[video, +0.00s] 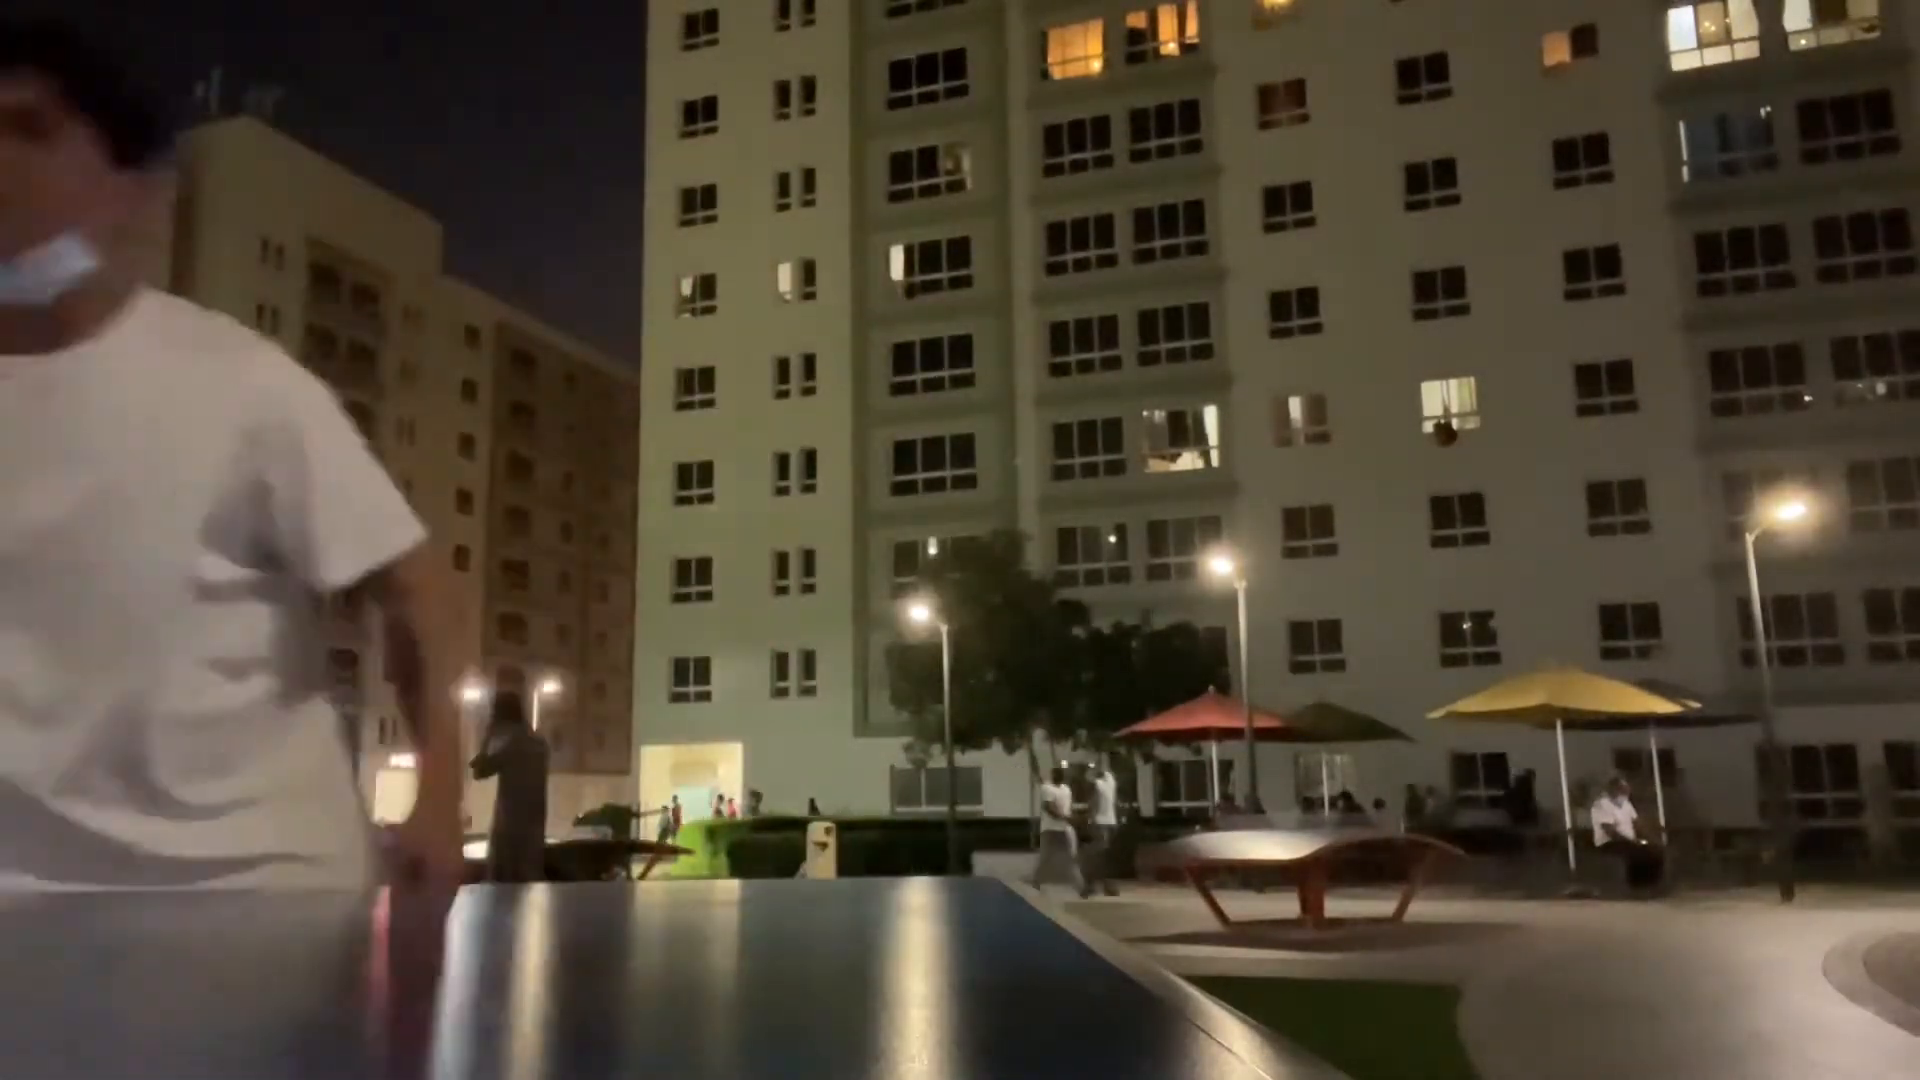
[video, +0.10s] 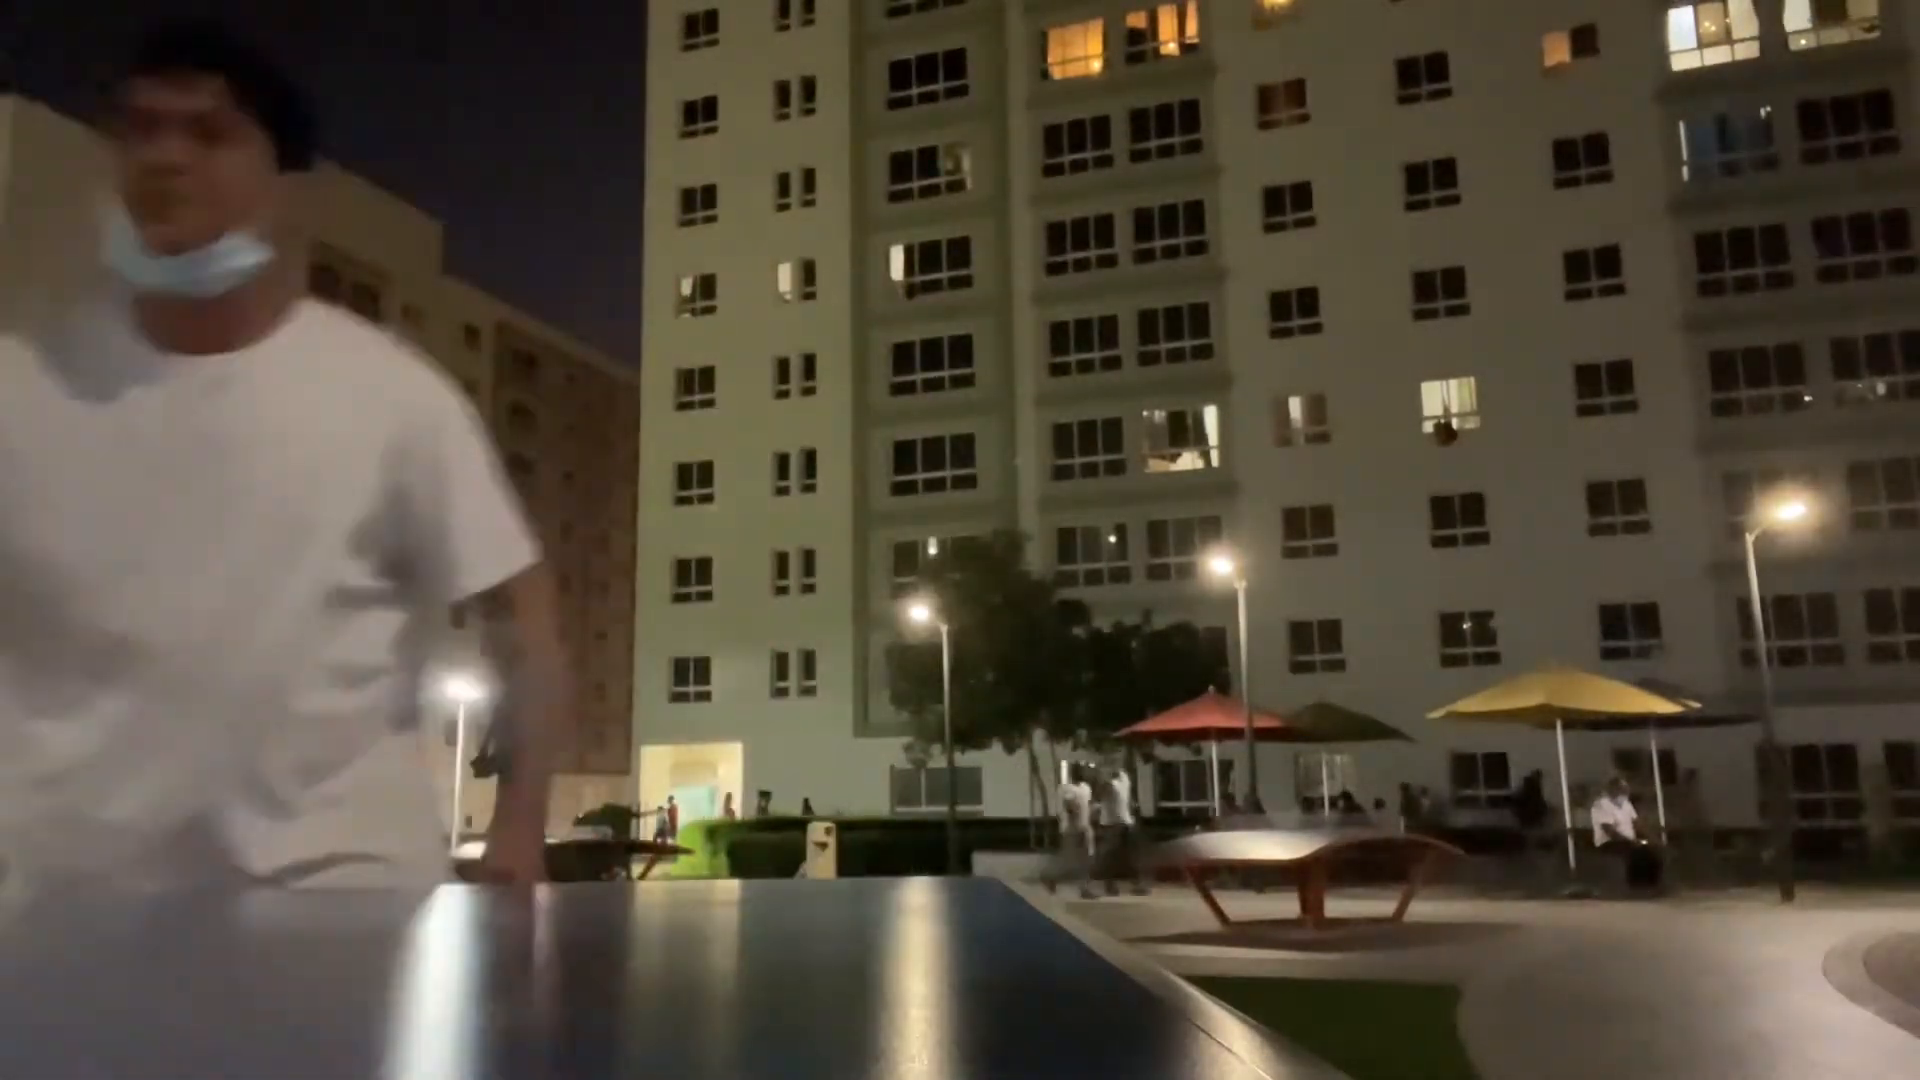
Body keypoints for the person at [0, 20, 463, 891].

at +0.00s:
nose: (4, 166)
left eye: (32, 129)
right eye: (5, 130)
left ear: (132, 180)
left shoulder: (240, 385)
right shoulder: (12, 376)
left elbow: (418, 588)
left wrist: (438, 804)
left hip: (259, 905)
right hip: (34, 907)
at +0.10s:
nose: (162, 158)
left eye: (206, 133)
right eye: (140, 129)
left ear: (283, 173)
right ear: (111, 155)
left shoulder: (392, 400)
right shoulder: (23, 388)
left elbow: (526, 621)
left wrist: (518, 835)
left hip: (327, 913)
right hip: (64, 908)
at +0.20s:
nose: (251, 138)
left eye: (292, 115)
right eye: (223, 114)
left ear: (368, 170)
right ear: (186, 158)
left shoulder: (472, 388)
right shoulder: (89, 378)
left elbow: (588, 586)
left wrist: (582, 802)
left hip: (386, 899)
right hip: (136, 891)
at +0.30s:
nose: (238, 151)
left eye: (281, 127)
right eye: (215, 123)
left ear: (369, 189)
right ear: (178, 161)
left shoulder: (468, 394)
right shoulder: (87, 382)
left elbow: (587, 603)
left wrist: (581, 810)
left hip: (394, 897)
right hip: (139, 894)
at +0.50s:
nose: (2, 161)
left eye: (37, 133)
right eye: (4, 128)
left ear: (136, 186)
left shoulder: (239, 387)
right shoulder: (13, 373)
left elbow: (407, 584)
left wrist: (423, 809)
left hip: (255, 890)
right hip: (40, 895)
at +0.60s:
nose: (33, 130)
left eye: (80, 104)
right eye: (8, 100)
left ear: (169, 178)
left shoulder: (268, 380)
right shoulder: (13, 360)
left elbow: (421, 598)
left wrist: (425, 799)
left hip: (252, 907)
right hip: (28, 904)